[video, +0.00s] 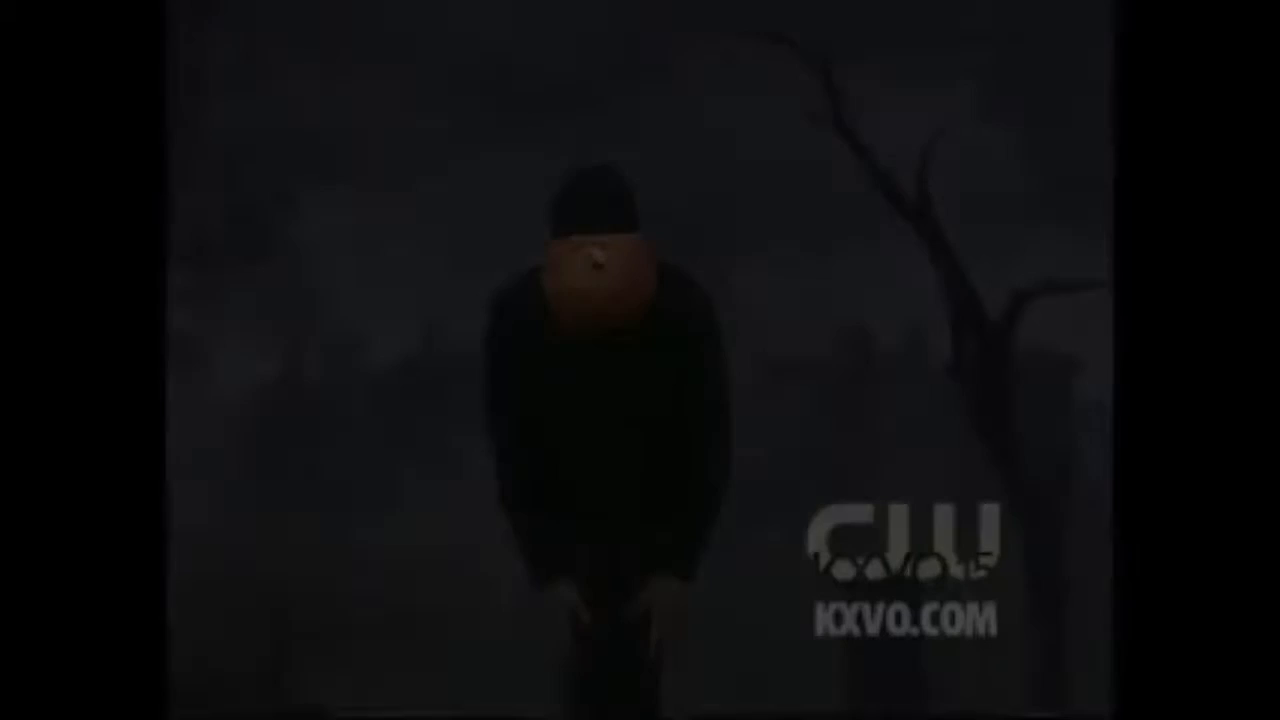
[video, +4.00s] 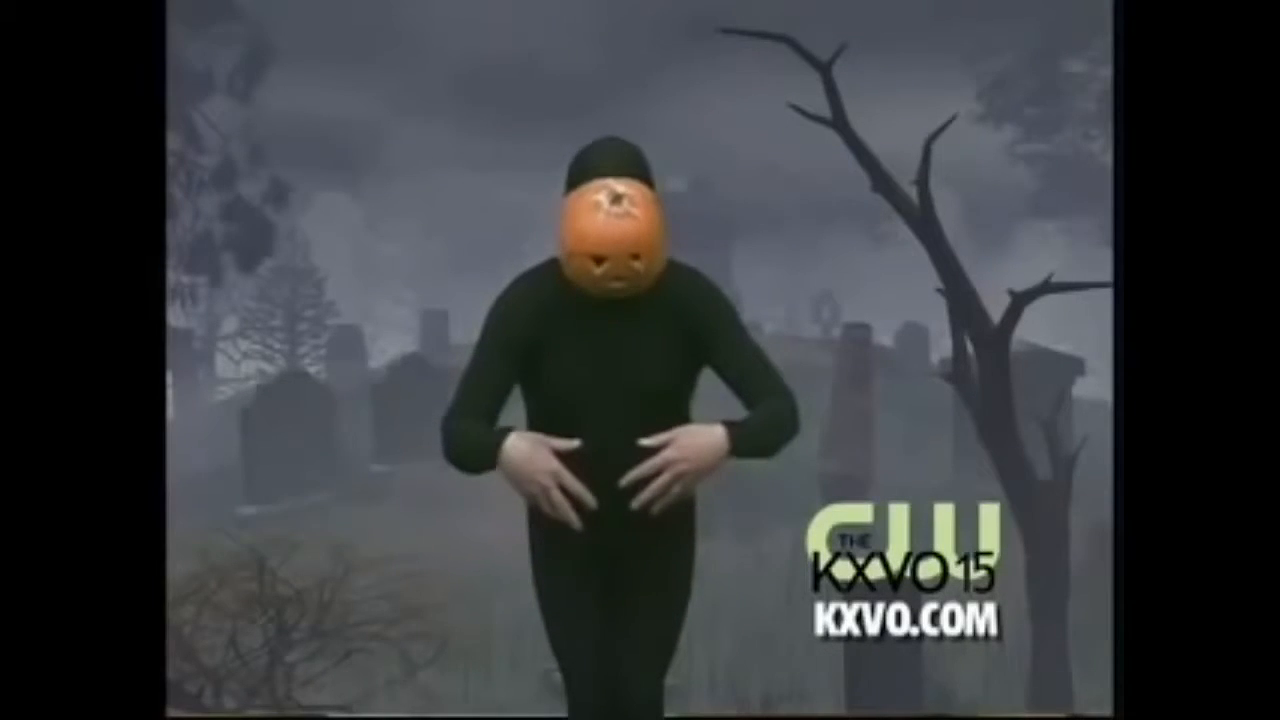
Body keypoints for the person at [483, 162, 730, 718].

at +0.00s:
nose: (599, 272)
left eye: (613, 254)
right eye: (582, 257)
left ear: (638, 251)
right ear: (555, 256)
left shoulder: (681, 310)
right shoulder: (520, 316)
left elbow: (708, 446)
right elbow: (513, 450)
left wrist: (679, 566)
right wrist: (549, 568)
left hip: (652, 515)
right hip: (564, 519)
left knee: (638, 677)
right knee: (574, 675)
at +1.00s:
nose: (598, 258)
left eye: (615, 243)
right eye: (581, 244)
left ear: (640, 239)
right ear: (555, 241)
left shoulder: (680, 303)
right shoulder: (519, 310)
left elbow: (727, 440)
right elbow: (485, 449)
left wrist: (677, 559)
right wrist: (542, 563)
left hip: (657, 507)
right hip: (564, 511)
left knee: (635, 681)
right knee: (588, 684)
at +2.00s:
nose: (597, 246)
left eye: (613, 229)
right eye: (580, 230)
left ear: (638, 230)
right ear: (553, 232)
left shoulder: (677, 298)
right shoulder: (519, 306)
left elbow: (753, 427)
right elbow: (461, 442)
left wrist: (678, 533)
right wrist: (544, 540)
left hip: (656, 520)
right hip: (560, 523)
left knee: (635, 690)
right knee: (586, 693)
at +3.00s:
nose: (604, 242)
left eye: (622, 223)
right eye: (587, 223)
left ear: (648, 226)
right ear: (560, 228)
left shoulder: (682, 292)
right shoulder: (526, 298)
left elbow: (775, 409)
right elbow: (456, 434)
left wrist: (693, 497)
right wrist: (536, 511)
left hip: (659, 534)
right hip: (564, 537)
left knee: (637, 696)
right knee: (589, 696)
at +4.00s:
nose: (610, 209)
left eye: (628, 196)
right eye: (594, 195)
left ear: (657, 210)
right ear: (566, 210)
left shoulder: (688, 298)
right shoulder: (530, 302)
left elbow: (780, 412)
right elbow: (460, 433)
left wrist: (724, 439)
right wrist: (504, 448)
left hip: (659, 528)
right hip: (564, 532)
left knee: (638, 694)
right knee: (589, 693)